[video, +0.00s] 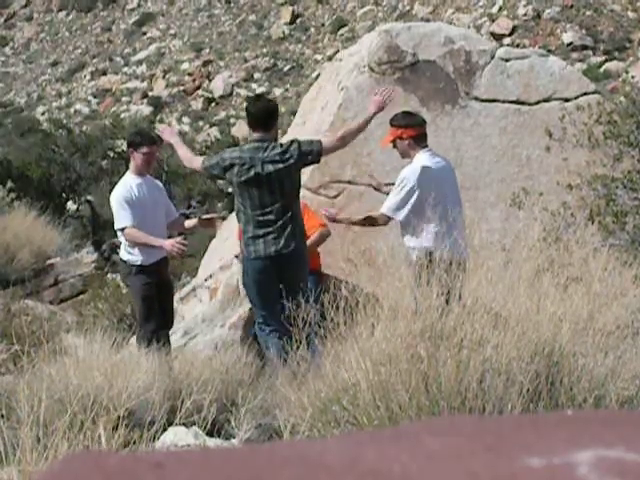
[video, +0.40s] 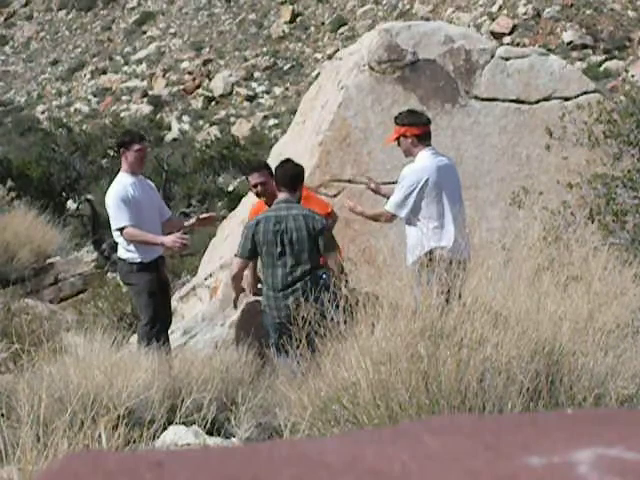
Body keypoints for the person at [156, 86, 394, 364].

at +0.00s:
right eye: (275, 120)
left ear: (248, 124)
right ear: (277, 122)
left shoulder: (234, 159)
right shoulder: (291, 152)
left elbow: (193, 164)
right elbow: (336, 142)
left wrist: (174, 140)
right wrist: (372, 114)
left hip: (257, 253)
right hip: (293, 248)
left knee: (268, 322)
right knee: (306, 312)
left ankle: (285, 382)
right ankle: (321, 372)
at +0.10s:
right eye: (278, 125)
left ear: (254, 130)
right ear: (282, 128)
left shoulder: (240, 164)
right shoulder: (296, 159)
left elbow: (197, 177)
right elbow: (343, 158)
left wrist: (179, 146)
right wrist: (356, 118)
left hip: (261, 258)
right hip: (297, 252)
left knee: (273, 326)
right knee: (306, 318)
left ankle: (288, 386)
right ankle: (319, 377)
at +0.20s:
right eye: (288, 153)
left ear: (260, 157)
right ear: (288, 155)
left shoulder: (244, 191)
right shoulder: (302, 184)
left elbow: (206, 216)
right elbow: (345, 201)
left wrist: (197, 184)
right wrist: (338, 165)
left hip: (269, 279)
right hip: (304, 273)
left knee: (279, 344)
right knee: (317, 337)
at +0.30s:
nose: (255, 187)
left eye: (259, 182)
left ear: (267, 179)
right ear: (295, 180)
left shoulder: (253, 220)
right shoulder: (311, 212)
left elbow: (223, 258)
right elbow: (336, 248)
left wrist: (215, 241)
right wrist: (330, 224)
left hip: (275, 302)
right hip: (309, 295)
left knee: (284, 361)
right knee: (320, 352)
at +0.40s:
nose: (259, 190)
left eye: (263, 185)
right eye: (254, 187)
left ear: (275, 184)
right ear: (301, 186)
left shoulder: (257, 225)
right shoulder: (315, 221)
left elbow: (236, 272)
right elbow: (334, 264)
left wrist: (237, 292)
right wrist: (342, 288)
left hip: (277, 311)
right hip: (313, 308)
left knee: (286, 366)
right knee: (324, 361)